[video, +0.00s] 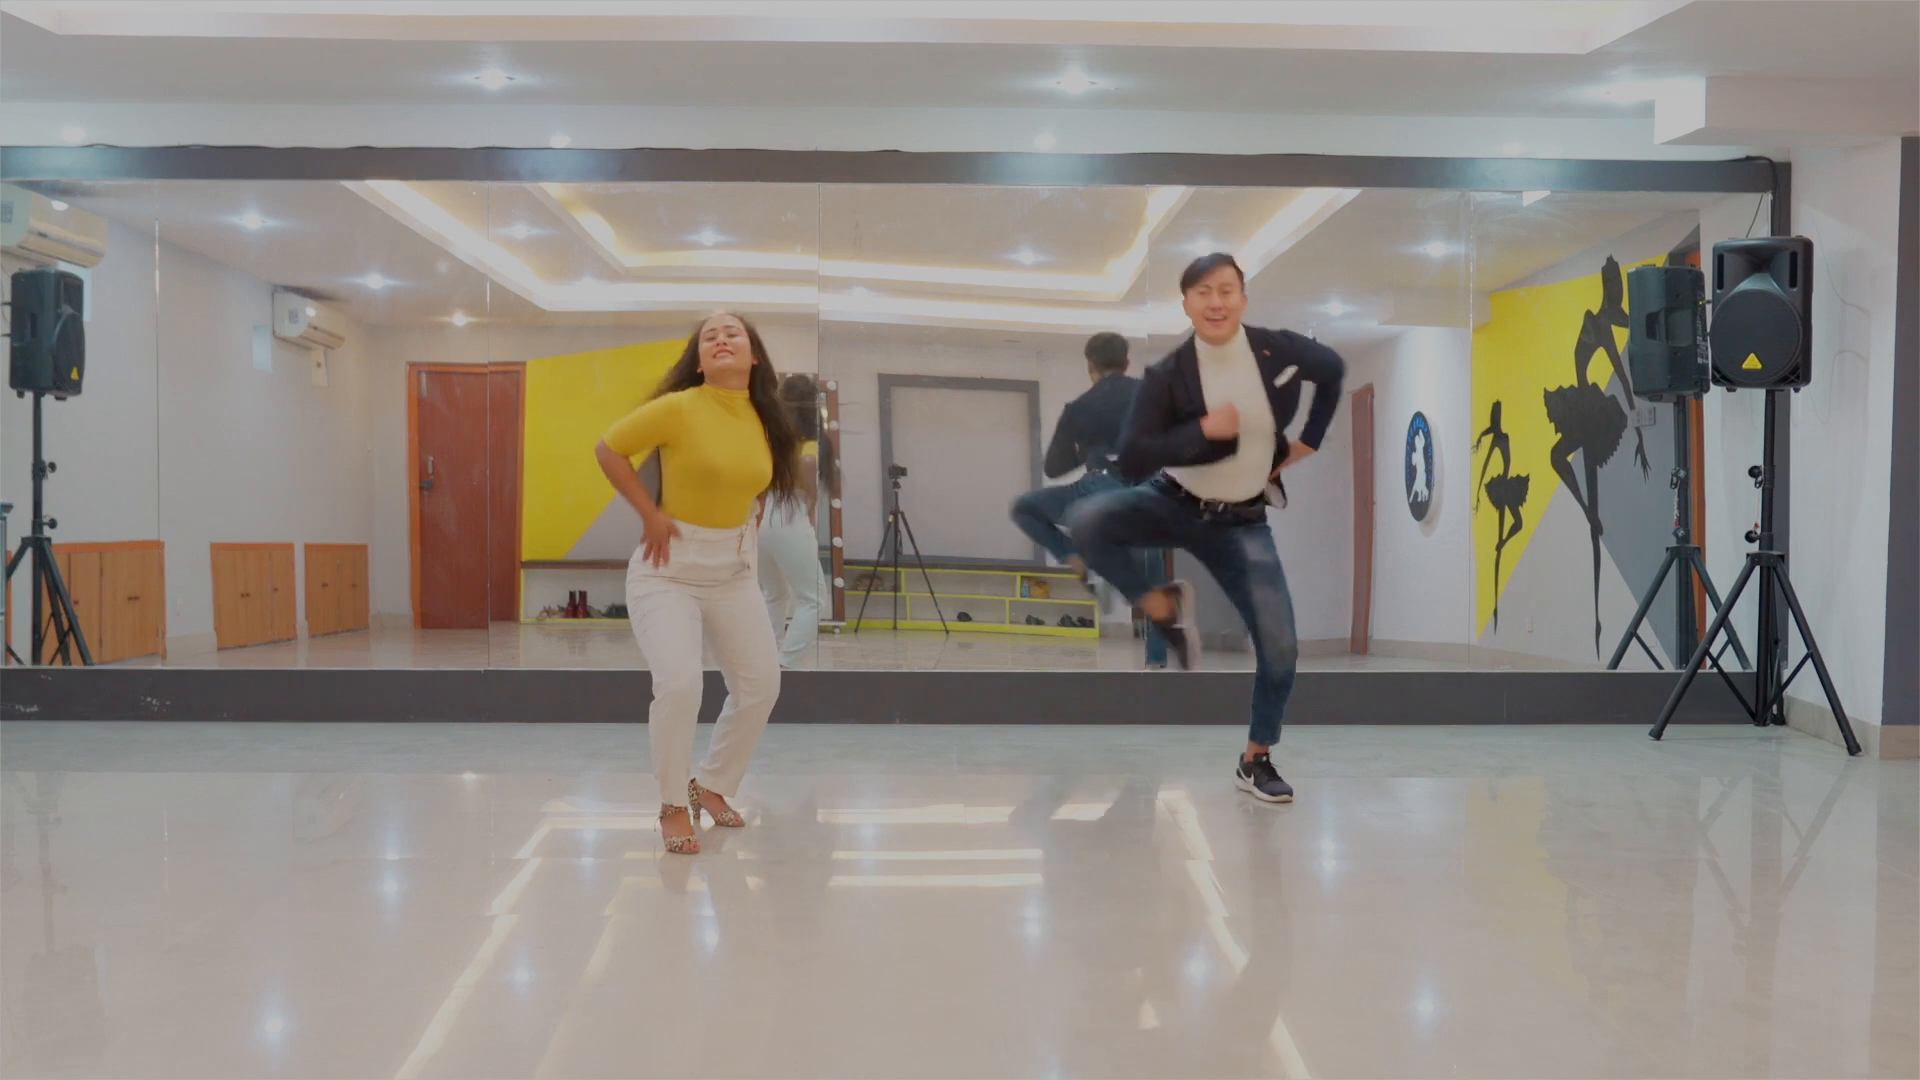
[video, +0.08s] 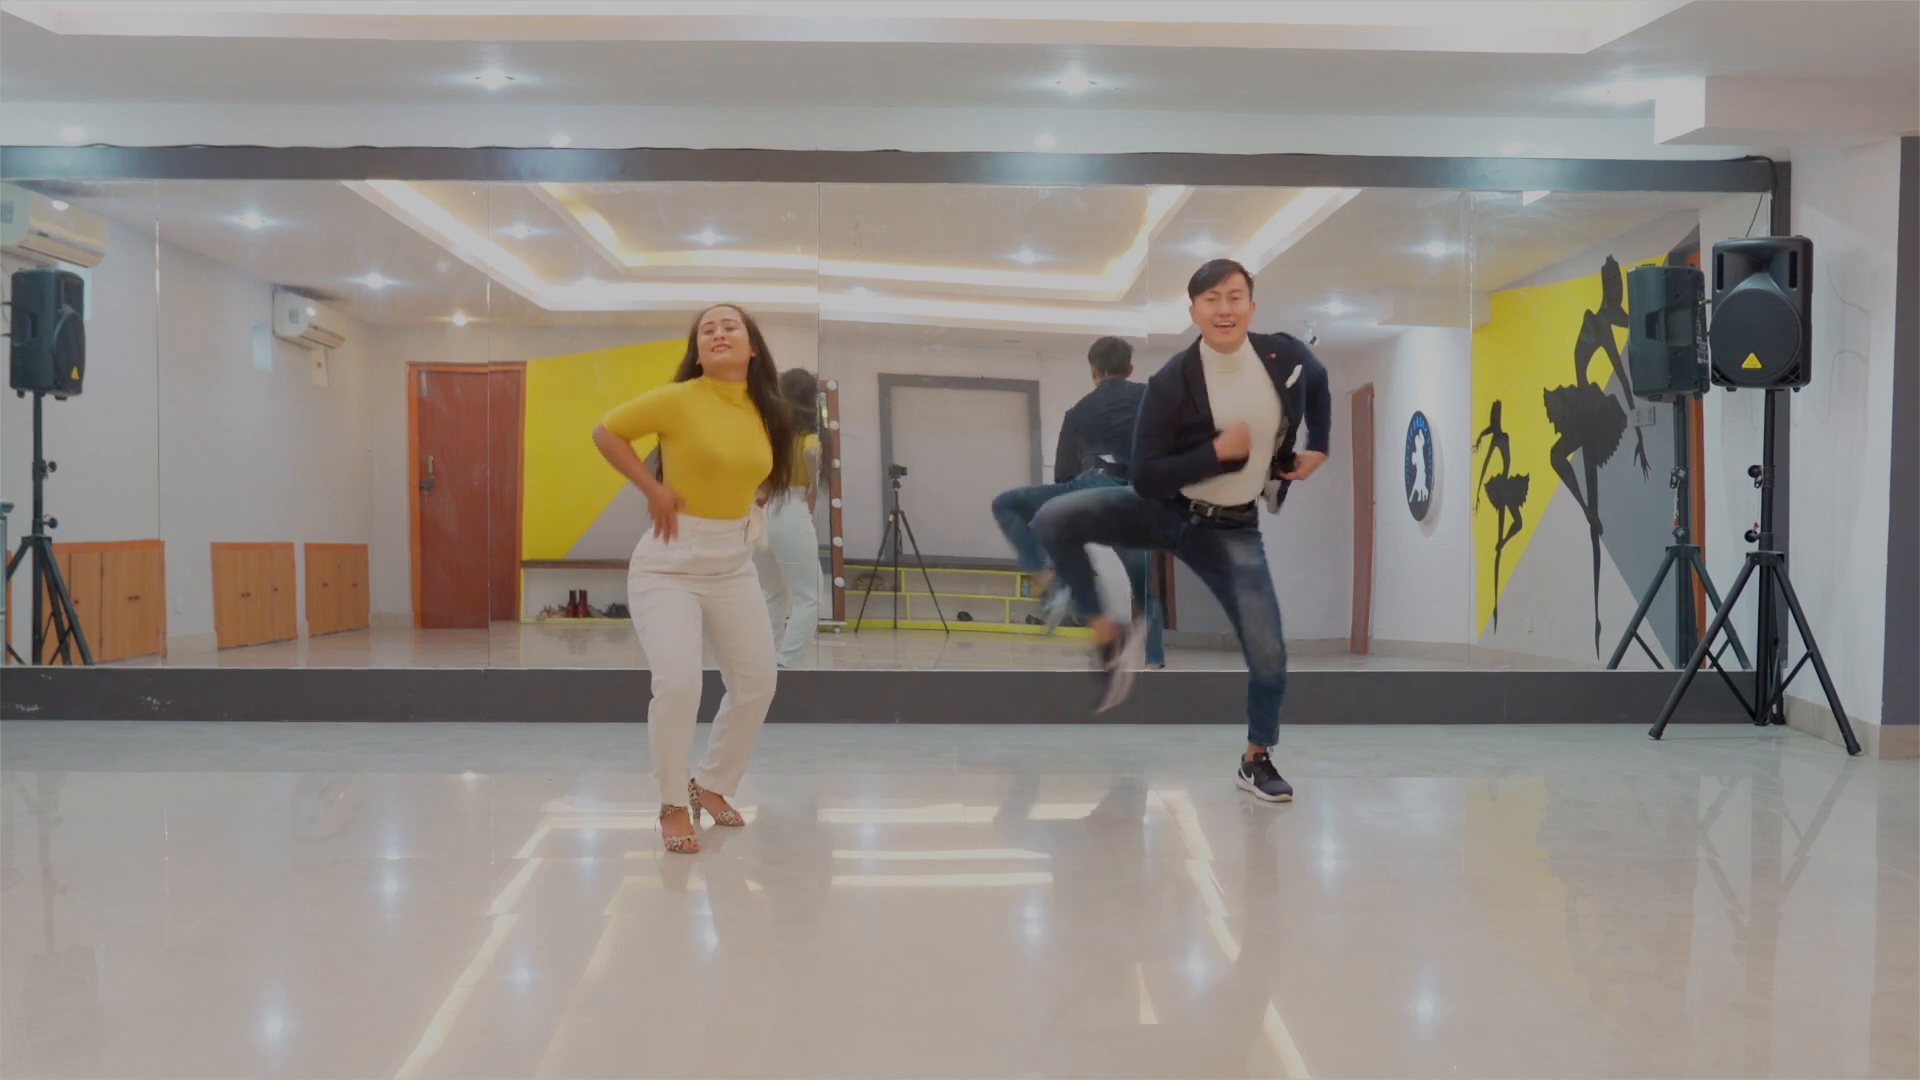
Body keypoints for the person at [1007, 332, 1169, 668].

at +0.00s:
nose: (1093, 370)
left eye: (1091, 365)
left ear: (1091, 366)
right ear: (1128, 364)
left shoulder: (1080, 407)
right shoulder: (1147, 394)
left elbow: (1054, 467)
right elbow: (1164, 440)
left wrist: (1086, 448)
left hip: (1098, 488)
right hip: (1147, 490)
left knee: (1024, 508)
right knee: (1147, 577)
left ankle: (1073, 557)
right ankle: (1157, 660)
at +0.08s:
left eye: (1092, 370)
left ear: (1094, 372)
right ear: (1130, 369)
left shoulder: (1080, 411)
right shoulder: (1148, 397)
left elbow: (1064, 473)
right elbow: (1161, 449)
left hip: (1089, 486)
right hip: (1136, 490)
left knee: (1006, 504)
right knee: (1144, 586)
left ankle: (1044, 575)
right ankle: (1153, 660)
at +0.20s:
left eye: (1087, 368)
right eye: (1123, 367)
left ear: (1087, 370)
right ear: (1123, 369)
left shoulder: (1070, 409)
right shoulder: (1138, 401)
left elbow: (1044, 471)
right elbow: (1158, 453)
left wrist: (1074, 485)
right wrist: (1142, 479)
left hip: (1088, 491)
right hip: (1133, 494)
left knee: (1002, 537)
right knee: (1138, 589)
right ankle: (1154, 663)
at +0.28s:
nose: (1073, 372)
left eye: (1073, 366)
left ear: (1075, 369)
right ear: (1110, 367)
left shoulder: (1059, 405)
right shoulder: (1129, 397)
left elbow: (1015, 456)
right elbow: (1148, 449)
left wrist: (1047, 492)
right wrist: (1136, 485)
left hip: (1074, 496)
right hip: (1127, 498)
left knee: (1008, 567)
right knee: (1136, 587)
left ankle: (947, 641)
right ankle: (1154, 665)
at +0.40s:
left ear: (1047, 363)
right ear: (1083, 358)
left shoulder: (1037, 390)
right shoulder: (1103, 386)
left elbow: (978, 431)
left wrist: (999, 480)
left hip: (1047, 507)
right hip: (1101, 508)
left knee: (1002, 586)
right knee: (1131, 587)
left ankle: (970, 658)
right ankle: (1153, 662)